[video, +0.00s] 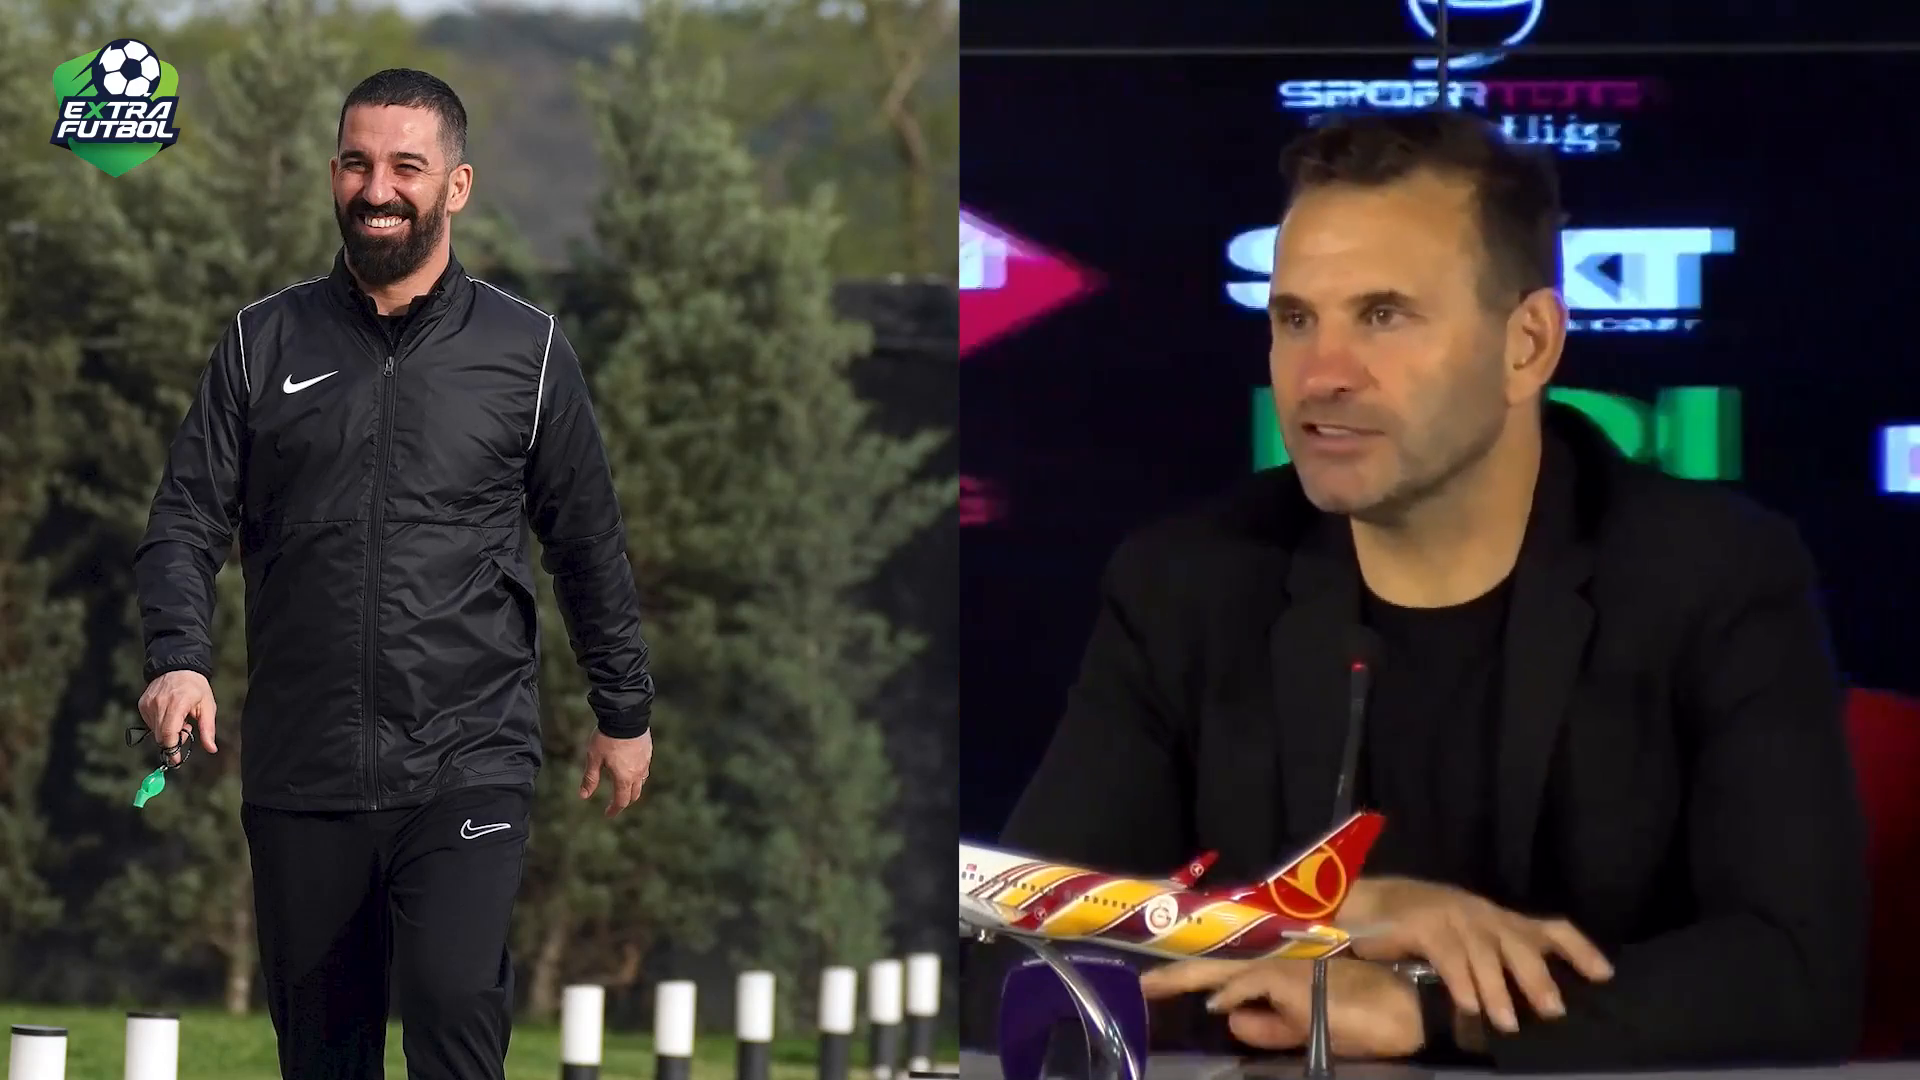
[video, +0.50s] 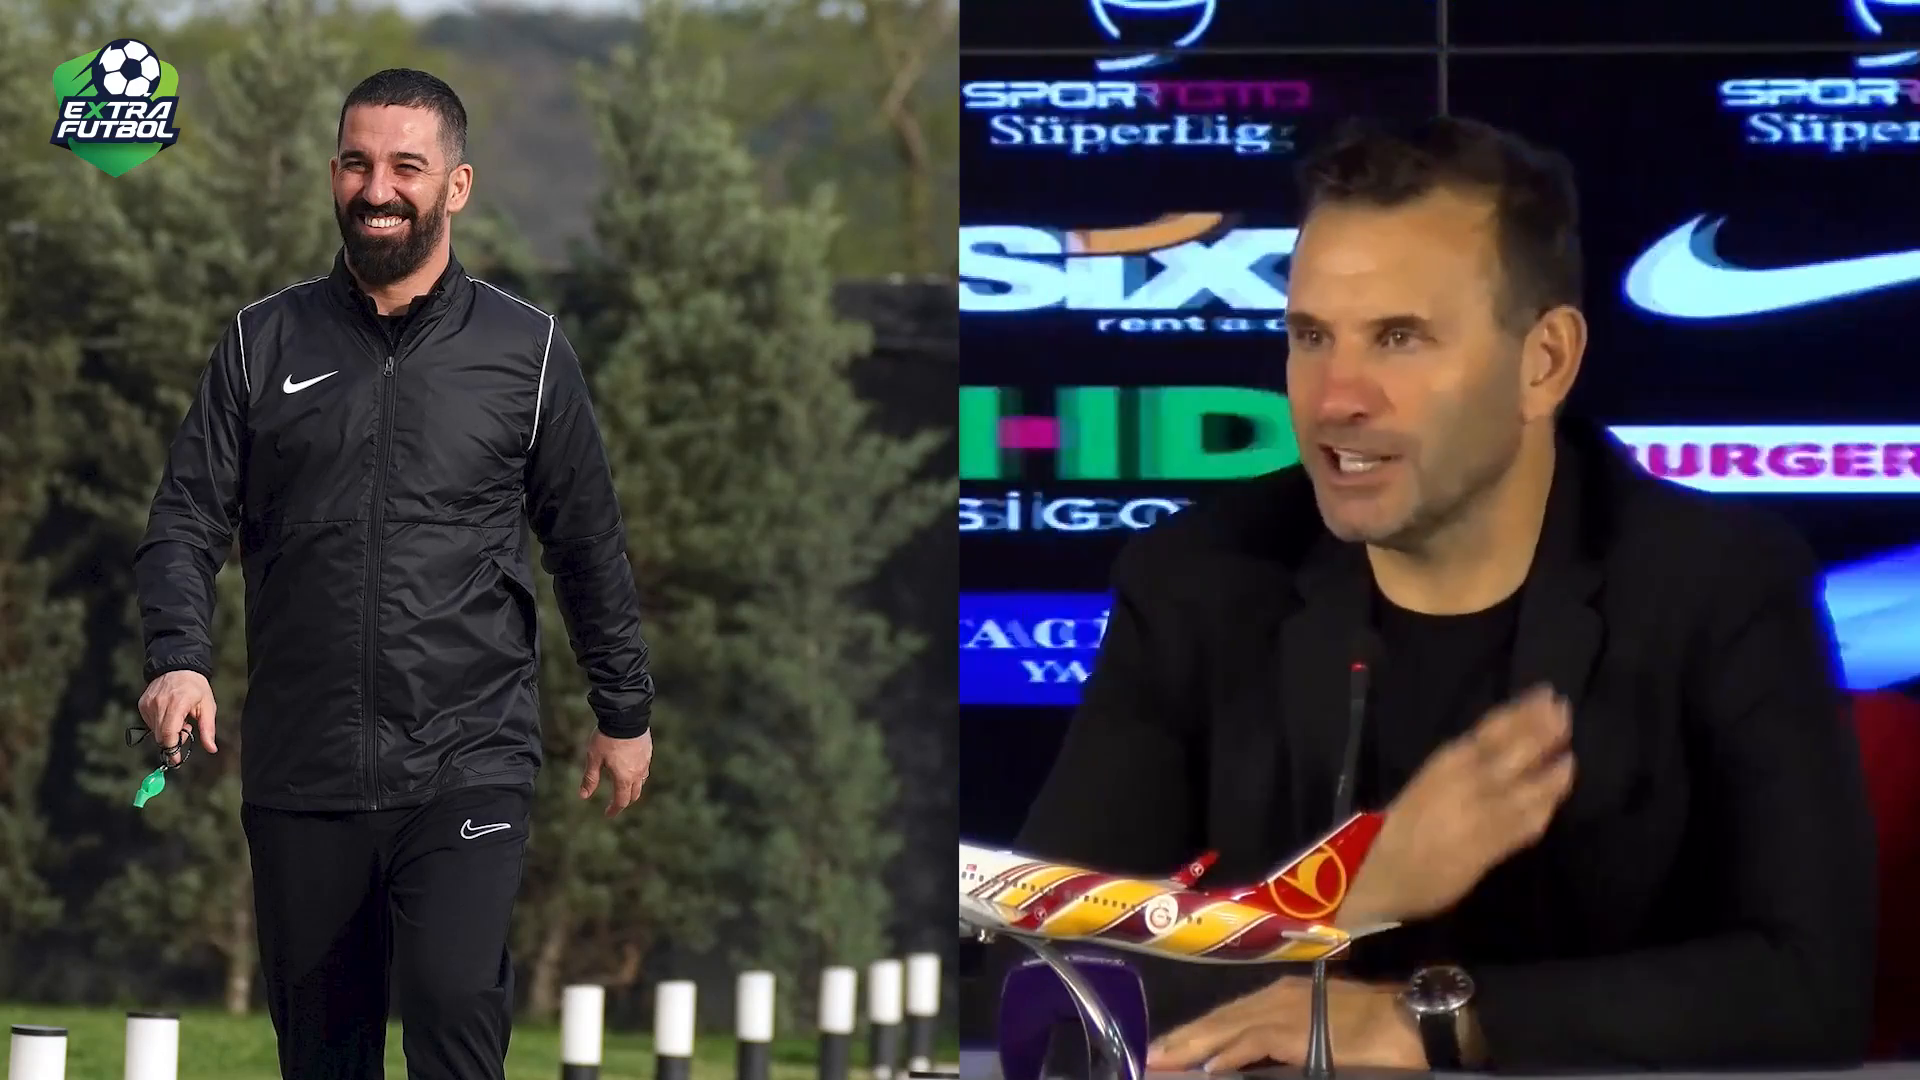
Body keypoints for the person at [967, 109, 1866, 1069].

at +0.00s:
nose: (1318, 376)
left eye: (1384, 317)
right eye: (1294, 319)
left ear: (1528, 343)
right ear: (1269, 331)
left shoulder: (1718, 578)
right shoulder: (1188, 584)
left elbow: (1795, 976)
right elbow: (1028, 940)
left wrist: (1435, 1012)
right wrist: (1330, 906)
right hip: (1250, 1075)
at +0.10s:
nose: (1314, 383)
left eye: (1379, 327)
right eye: (1290, 328)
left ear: (1525, 353)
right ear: (1266, 340)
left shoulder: (1717, 583)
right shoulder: (1184, 586)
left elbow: (1801, 980)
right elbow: (1021, 959)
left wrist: (1436, 1027)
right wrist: (1338, 950)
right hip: (1243, 1077)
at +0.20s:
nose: (1311, 388)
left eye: (1376, 331)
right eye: (1288, 332)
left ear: (1525, 357)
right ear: (1265, 341)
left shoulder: (1717, 584)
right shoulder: (1184, 583)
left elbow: (1800, 984)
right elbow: (1029, 958)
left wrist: (1427, 1026)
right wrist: (1334, 954)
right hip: (1240, 1071)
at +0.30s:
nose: (1316, 387)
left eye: (1381, 330)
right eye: (1294, 331)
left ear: (1528, 360)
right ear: (1270, 342)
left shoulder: (1717, 590)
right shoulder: (1184, 584)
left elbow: (1803, 986)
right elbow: (1031, 958)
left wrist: (1429, 1025)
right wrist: (1336, 954)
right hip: (1239, 1071)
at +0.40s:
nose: (1325, 384)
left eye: (1390, 327)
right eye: (1302, 328)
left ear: (1538, 356)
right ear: (1278, 341)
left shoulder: (1720, 589)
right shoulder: (1192, 580)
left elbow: (1806, 989)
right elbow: (1029, 963)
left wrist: (1437, 1028)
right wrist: (1337, 938)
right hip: (1243, 1072)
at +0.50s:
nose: (1335, 394)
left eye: (1399, 338)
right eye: (1310, 336)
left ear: (1545, 362)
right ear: (1285, 345)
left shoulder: (1723, 591)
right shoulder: (1199, 583)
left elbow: (1813, 992)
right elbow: (1043, 966)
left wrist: (1430, 1021)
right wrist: (1358, 887)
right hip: (1260, 1078)